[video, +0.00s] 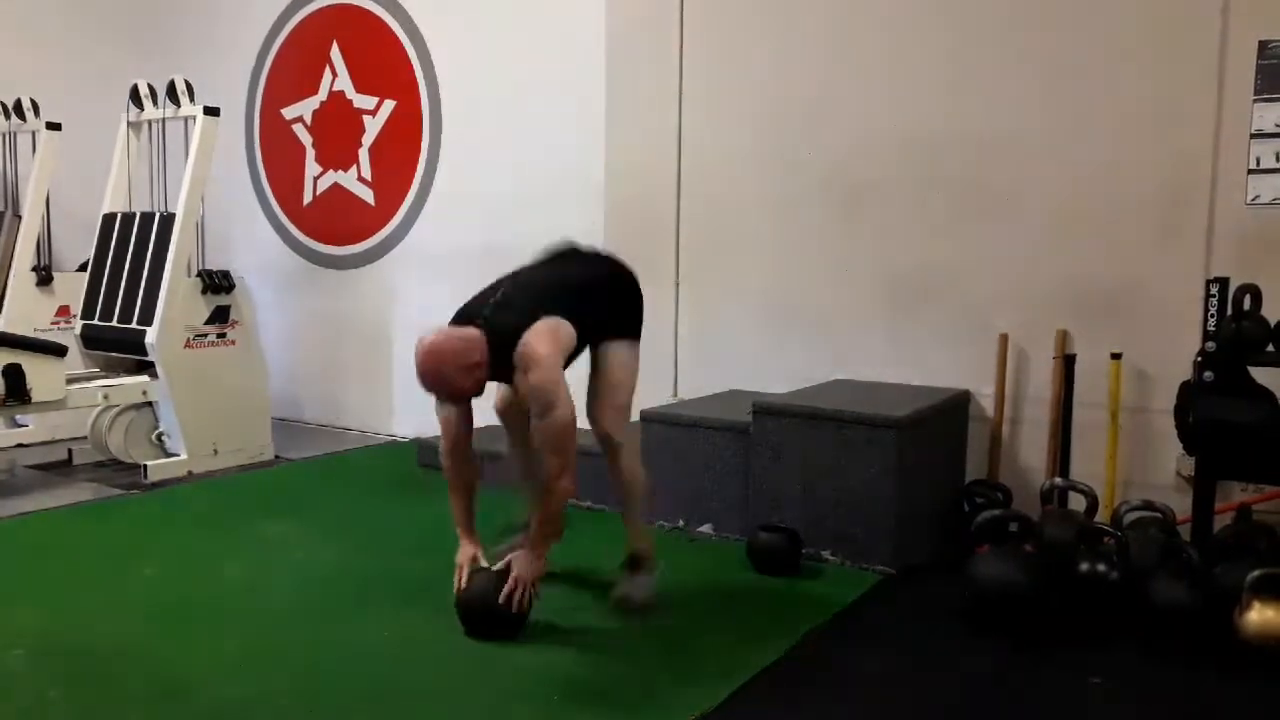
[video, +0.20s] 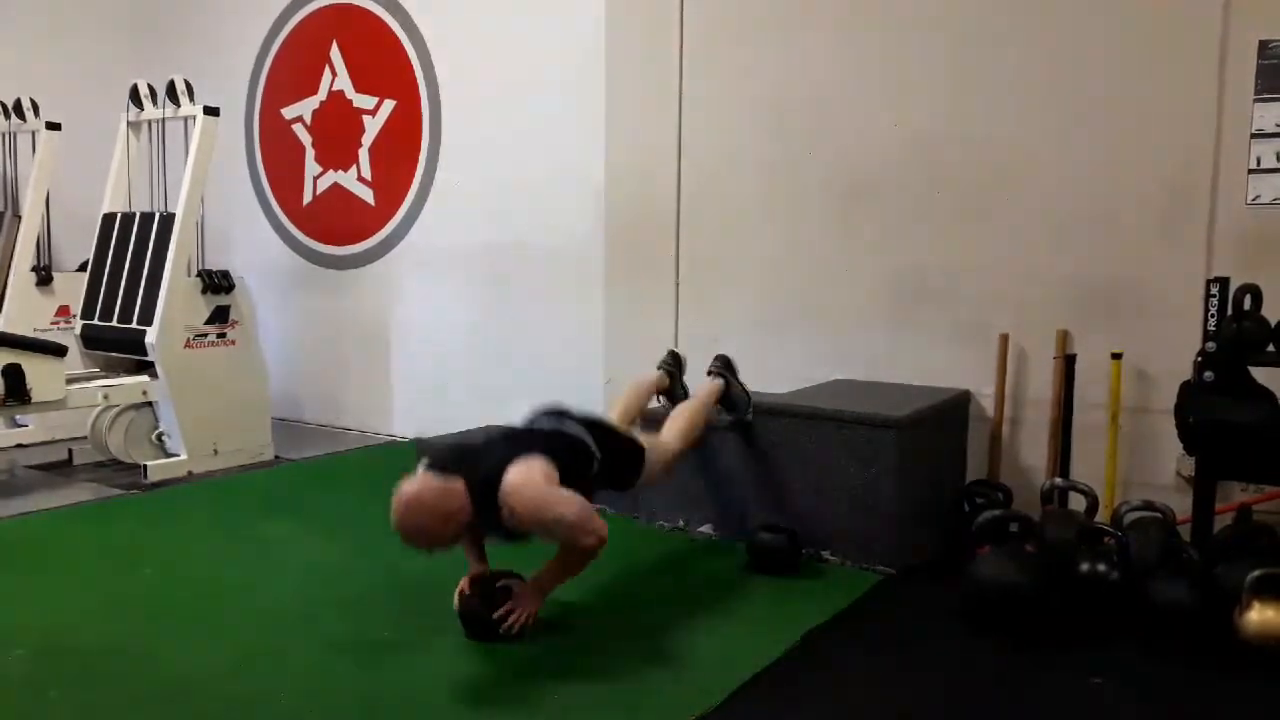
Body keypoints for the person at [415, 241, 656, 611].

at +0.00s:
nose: (458, 401)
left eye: (458, 394)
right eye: (446, 397)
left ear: (475, 367)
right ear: (438, 366)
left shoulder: (536, 359)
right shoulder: (450, 352)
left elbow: (560, 476)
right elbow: (455, 451)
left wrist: (536, 553)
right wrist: (465, 538)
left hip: (613, 288)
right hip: (555, 283)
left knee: (610, 426)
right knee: (512, 407)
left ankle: (641, 556)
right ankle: (541, 526)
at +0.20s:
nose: (441, 549)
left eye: (441, 543)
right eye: (433, 546)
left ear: (454, 521)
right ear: (416, 486)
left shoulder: (521, 496)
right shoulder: (429, 468)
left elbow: (592, 536)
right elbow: (464, 510)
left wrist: (537, 589)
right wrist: (476, 568)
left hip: (591, 449)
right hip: (541, 431)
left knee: (665, 448)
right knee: (614, 424)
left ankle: (716, 384)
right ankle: (660, 379)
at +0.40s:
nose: (418, 517)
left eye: (421, 510)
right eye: (411, 509)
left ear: (447, 492)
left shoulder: (523, 497)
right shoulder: (435, 479)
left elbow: (590, 539)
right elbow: (456, 523)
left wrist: (536, 591)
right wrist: (476, 570)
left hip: (598, 468)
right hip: (547, 451)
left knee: (671, 447)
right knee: (608, 433)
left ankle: (720, 382)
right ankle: (660, 378)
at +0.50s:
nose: (420, 477)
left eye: (421, 469)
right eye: (412, 471)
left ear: (451, 443)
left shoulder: (522, 449)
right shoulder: (439, 442)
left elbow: (575, 520)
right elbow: (449, 499)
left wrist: (535, 589)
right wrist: (475, 564)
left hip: (595, 410)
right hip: (544, 401)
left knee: (672, 425)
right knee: (618, 399)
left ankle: (725, 377)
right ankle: (662, 375)